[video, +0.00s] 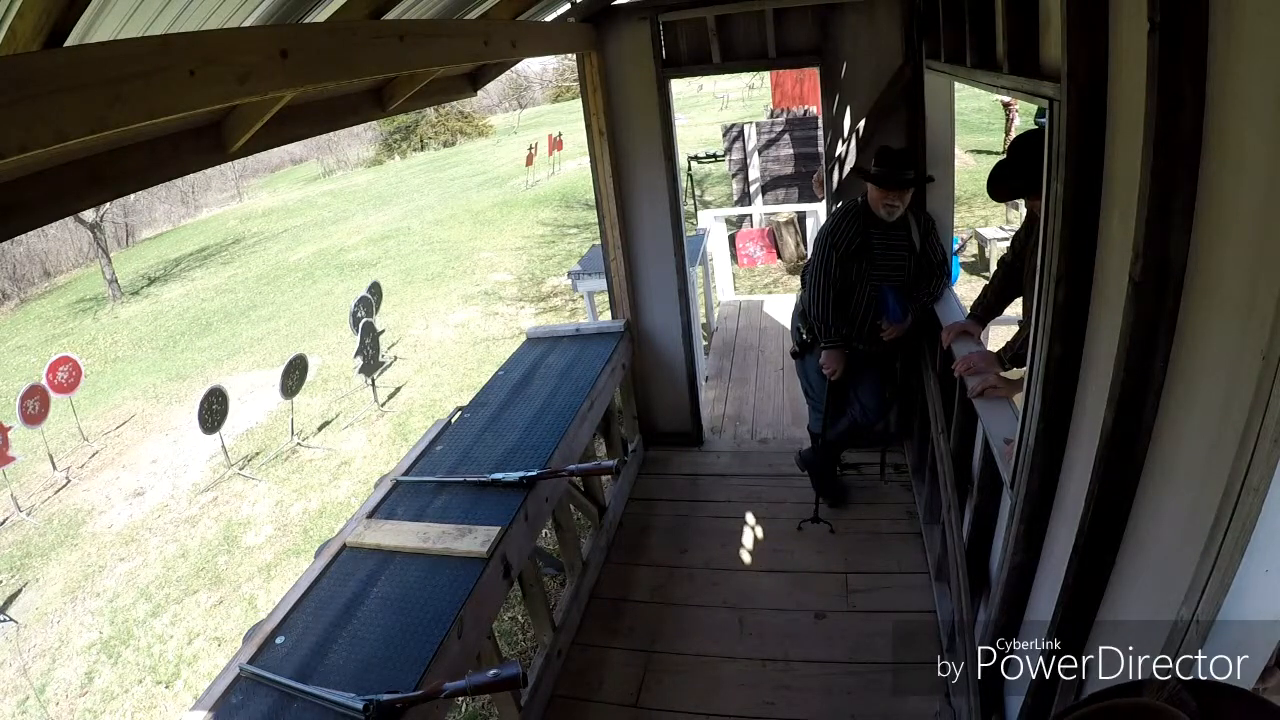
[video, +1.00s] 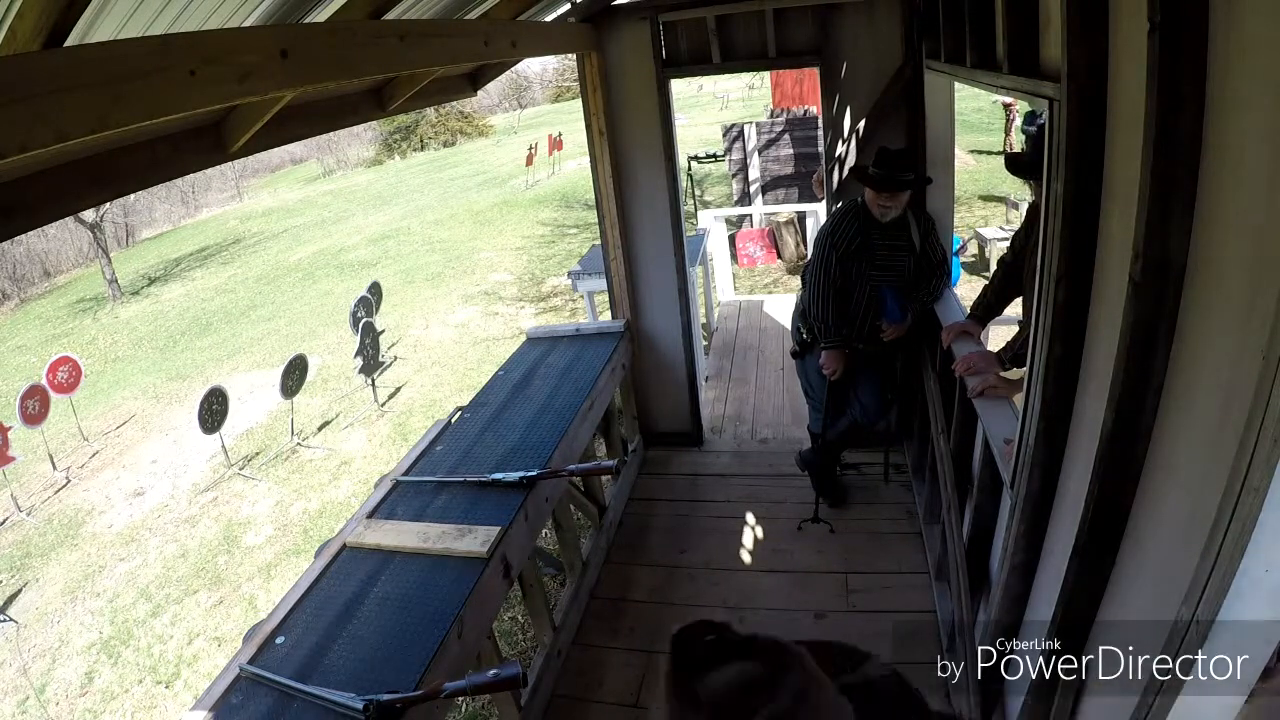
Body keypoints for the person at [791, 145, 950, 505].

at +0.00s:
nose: (894, 196)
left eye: (903, 188)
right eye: (884, 186)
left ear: (914, 189)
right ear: (868, 184)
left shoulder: (922, 226)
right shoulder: (844, 224)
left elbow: (938, 275)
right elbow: (820, 282)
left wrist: (909, 317)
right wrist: (830, 343)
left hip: (875, 336)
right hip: (824, 335)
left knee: (871, 409)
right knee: (827, 411)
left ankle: (817, 456)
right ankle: (827, 478)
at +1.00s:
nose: (886, 199)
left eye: (897, 191)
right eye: (878, 190)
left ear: (911, 192)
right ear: (865, 186)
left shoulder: (920, 225)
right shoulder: (844, 223)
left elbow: (937, 273)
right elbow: (820, 282)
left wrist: (909, 317)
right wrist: (831, 343)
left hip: (875, 335)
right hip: (824, 334)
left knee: (871, 409)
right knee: (826, 410)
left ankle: (817, 455)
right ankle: (827, 478)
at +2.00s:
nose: (880, 198)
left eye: (891, 190)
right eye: (873, 188)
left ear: (908, 192)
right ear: (863, 186)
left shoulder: (919, 225)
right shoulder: (842, 225)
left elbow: (937, 275)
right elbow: (820, 285)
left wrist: (907, 317)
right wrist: (830, 344)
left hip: (876, 337)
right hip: (825, 338)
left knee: (874, 410)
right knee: (830, 413)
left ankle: (843, 467)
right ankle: (832, 484)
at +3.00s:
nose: (852, 182)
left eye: (863, 174)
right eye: (847, 172)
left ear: (885, 174)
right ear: (840, 171)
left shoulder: (906, 216)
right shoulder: (824, 215)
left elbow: (934, 270)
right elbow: (801, 270)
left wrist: (912, 318)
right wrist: (801, 324)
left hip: (882, 334)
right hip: (832, 331)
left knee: (873, 404)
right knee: (830, 405)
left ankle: (865, 460)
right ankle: (826, 472)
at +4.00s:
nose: (872, 203)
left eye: (879, 196)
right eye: (864, 196)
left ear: (890, 189)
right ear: (849, 186)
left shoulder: (909, 212)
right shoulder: (826, 213)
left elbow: (951, 244)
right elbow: (798, 263)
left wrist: (937, 297)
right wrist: (787, 317)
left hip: (888, 333)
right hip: (836, 333)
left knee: (874, 404)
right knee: (829, 405)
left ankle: (865, 462)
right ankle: (823, 474)